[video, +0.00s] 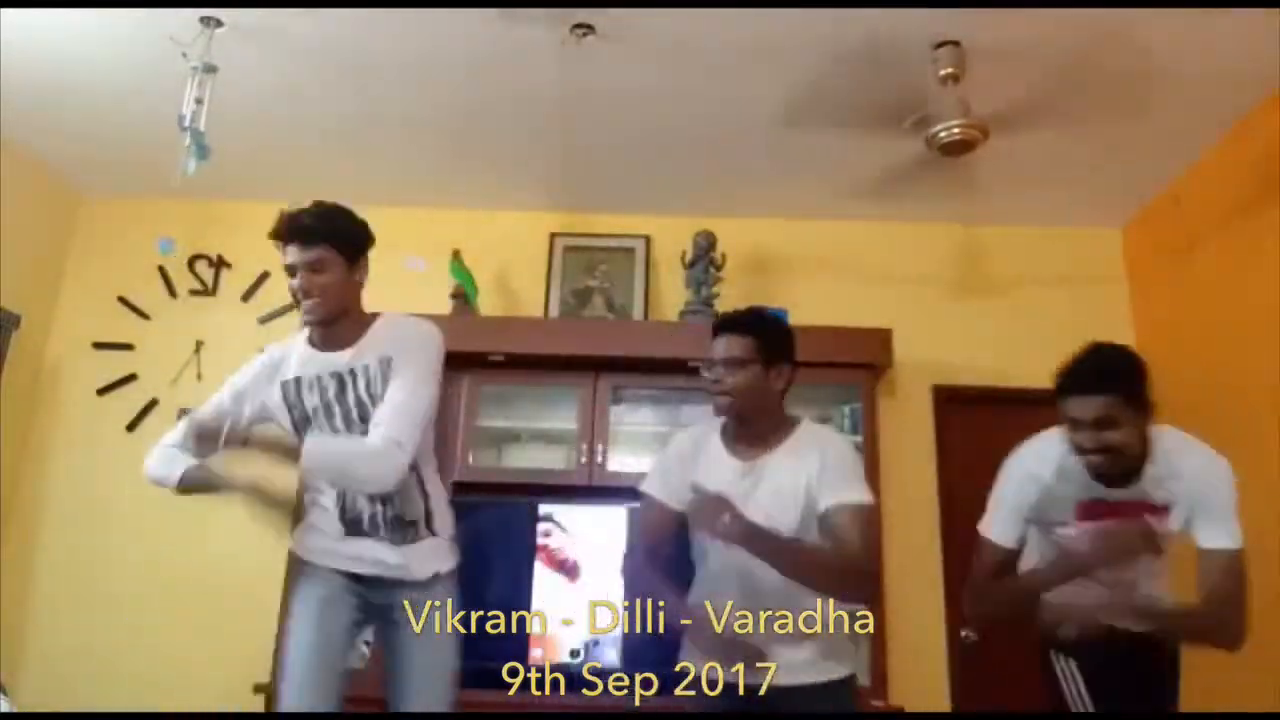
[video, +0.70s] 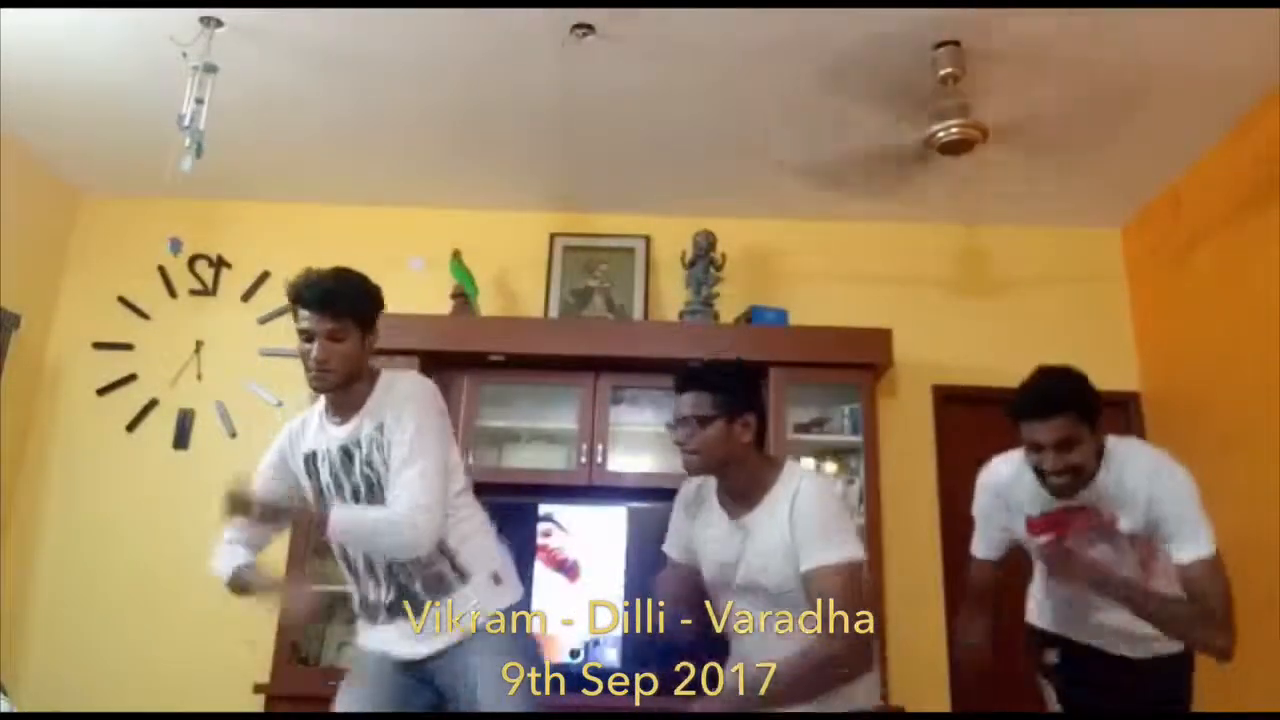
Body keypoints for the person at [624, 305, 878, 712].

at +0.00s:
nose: (716, 379)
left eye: (734, 366)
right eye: (710, 367)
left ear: (780, 376)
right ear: (703, 370)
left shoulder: (827, 452)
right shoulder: (689, 448)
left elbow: (859, 580)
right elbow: (641, 563)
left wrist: (746, 534)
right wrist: (703, 632)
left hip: (810, 687)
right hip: (711, 684)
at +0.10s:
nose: (710, 373)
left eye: (725, 360)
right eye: (706, 361)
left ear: (774, 366)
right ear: (702, 363)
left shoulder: (833, 435)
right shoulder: (700, 442)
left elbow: (861, 564)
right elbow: (675, 560)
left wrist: (773, 562)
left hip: (826, 678)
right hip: (731, 675)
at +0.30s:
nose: (696, 439)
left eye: (709, 424)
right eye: (694, 426)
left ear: (757, 423)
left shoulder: (832, 479)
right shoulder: (716, 502)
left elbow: (867, 619)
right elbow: (694, 622)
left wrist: (762, 631)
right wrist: (647, 691)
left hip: (874, 696)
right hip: (793, 696)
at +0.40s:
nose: (690, 441)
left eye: (702, 426)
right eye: (689, 428)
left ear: (750, 427)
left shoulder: (827, 481)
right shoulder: (714, 503)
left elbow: (854, 626)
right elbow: (702, 621)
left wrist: (735, 610)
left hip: (869, 683)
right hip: (792, 687)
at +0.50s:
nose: (682, 431)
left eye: (696, 418)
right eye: (683, 419)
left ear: (747, 420)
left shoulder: (820, 473)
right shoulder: (710, 492)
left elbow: (842, 617)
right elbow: (701, 604)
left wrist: (742, 621)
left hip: (859, 672)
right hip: (783, 677)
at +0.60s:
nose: (678, 433)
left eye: (691, 418)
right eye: (676, 420)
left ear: (742, 419)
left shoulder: (813, 479)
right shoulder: (699, 490)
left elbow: (847, 630)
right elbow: (687, 608)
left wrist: (731, 663)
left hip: (828, 688)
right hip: (746, 691)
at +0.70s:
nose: (680, 438)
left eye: (695, 423)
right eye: (677, 425)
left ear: (745, 429)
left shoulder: (810, 496)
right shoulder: (694, 498)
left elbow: (849, 648)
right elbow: (674, 620)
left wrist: (741, 697)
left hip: (829, 701)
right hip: (743, 695)